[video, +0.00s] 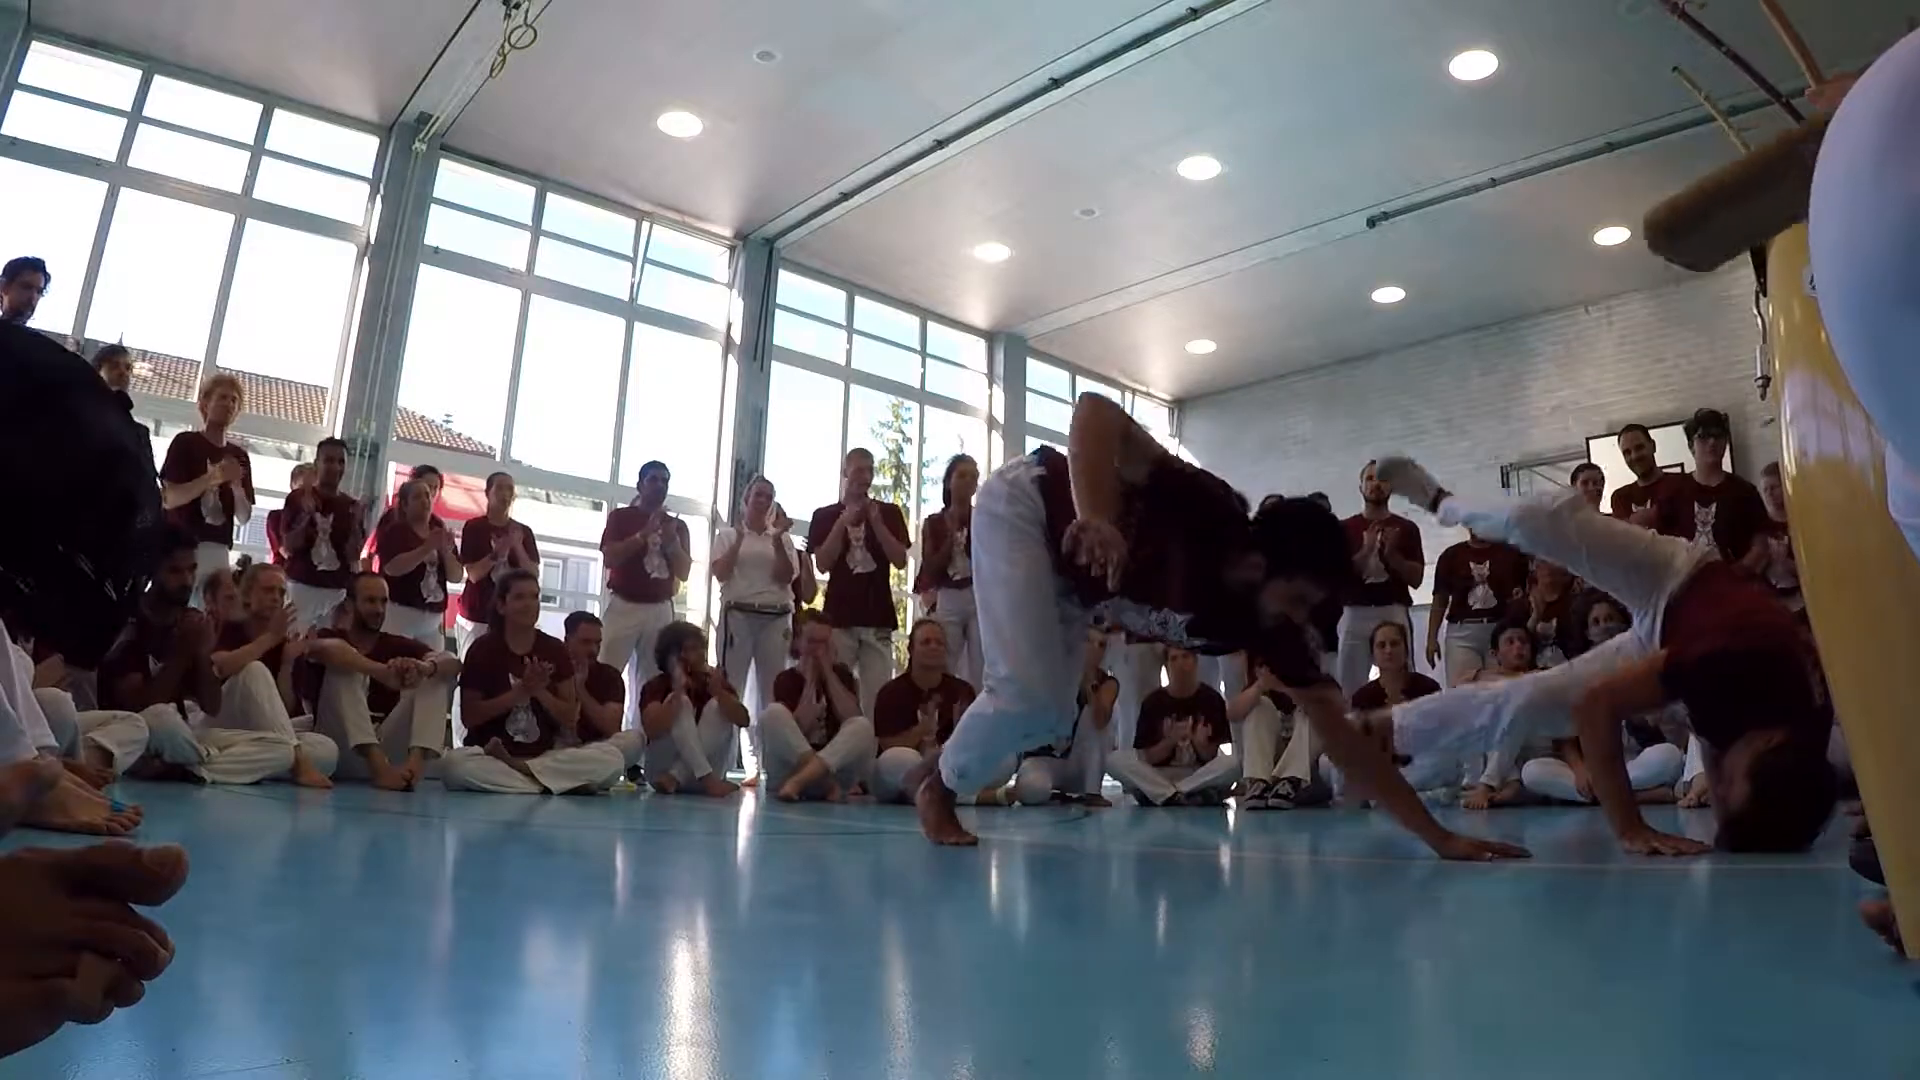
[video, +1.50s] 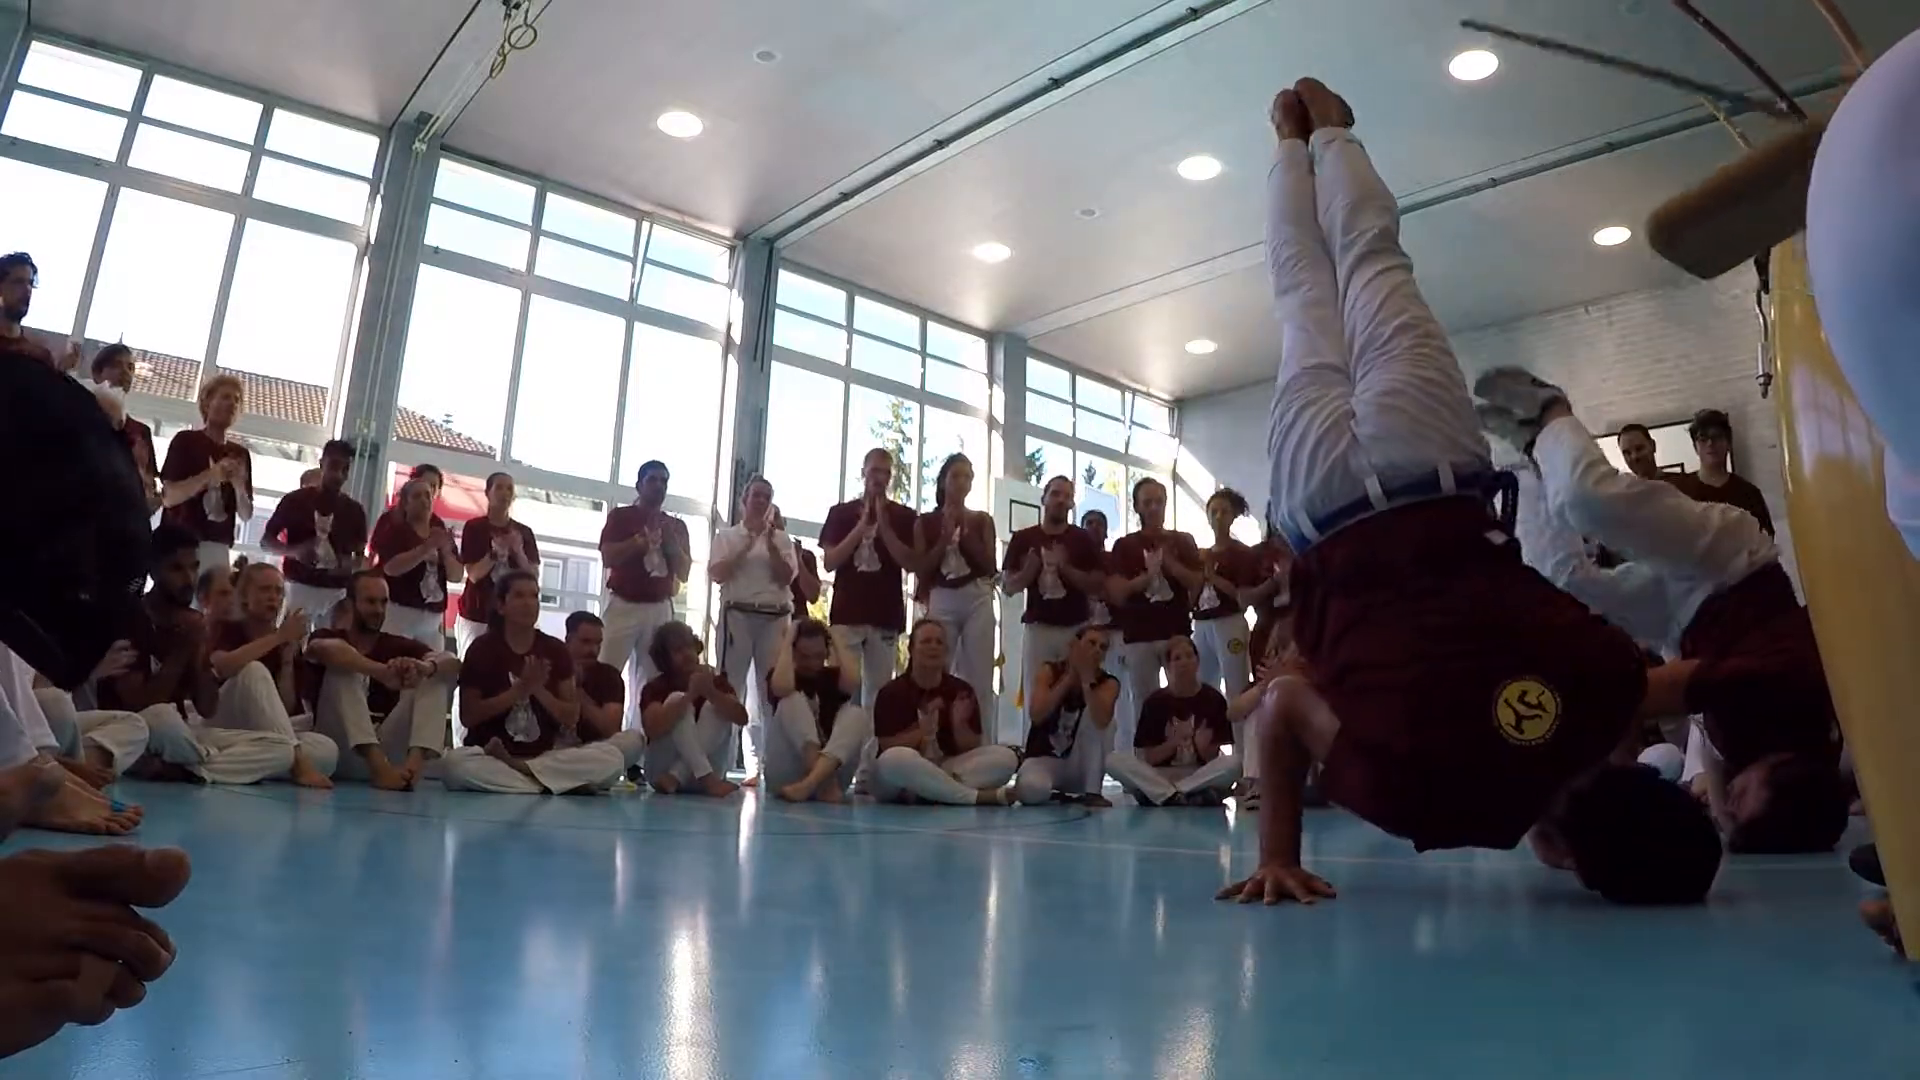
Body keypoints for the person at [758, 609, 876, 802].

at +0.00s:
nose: (818, 649)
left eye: (824, 643)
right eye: (812, 642)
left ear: (831, 645)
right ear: (798, 643)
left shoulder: (842, 674)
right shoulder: (786, 679)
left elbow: (853, 717)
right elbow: (795, 731)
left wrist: (829, 672)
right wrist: (810, 681)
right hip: (789, 775)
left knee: (862, 727)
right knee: (773, 713)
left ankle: (798, 782)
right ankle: (829, 785)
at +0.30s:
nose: (817, 646)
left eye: (819, 639)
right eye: (809, 642)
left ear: (822, 640)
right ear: (790, 647)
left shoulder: (833, 673)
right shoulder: (776, 681)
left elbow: (847, 705)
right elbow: (803, 732)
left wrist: (826, 663)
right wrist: (805, 680)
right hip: (787, 778)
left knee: (854, 720)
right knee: (769, 717)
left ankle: (794, 784)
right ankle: (829, 785)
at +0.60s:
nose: (801, 659)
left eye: (807, 653)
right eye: (796, 654)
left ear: (814, 653)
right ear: (784, 654)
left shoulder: (822, 673)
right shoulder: (770, 678)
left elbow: (847, 696)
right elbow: (790, 706)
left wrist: (826, 641)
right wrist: (785, 657)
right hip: (785, 777)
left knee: (856, 718)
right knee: (770, 717)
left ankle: (803, 784)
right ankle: (829, 784)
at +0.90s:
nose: (807, 663)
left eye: (812, 655)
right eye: (799, 658)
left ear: (816, 652)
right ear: (786, 656)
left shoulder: (823, 674)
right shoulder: (770, 679)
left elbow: (850, 673)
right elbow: (783, 695)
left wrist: (824, 634)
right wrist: (780, 643)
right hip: (786, 778)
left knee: (859, 720)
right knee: (783, 712)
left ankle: (806, 785)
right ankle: (831, 785)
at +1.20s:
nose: (813, 663)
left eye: (818, 656)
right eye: (806, 657)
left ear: (825, 652)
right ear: (793, 651)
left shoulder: (830, 676)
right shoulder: (777, 675)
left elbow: (851, 668)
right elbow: (784, 691)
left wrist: (832, 632)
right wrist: (789, 640)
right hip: (786, 776)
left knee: (859, 720)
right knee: (793, 703)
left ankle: (807, 784)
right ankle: (830, 783)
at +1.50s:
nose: (812, 663)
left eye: (818, 657)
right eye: (805, 656)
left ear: (827, 654)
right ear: (793, 653)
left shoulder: (833, 677)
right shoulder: (778, 675)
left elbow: (853, 683)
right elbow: (783, 689)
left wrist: (835, 639)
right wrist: (788, 640)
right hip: (786, 777)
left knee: (856, 713)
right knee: (793, 701)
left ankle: (809, 783)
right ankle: (826, 782)